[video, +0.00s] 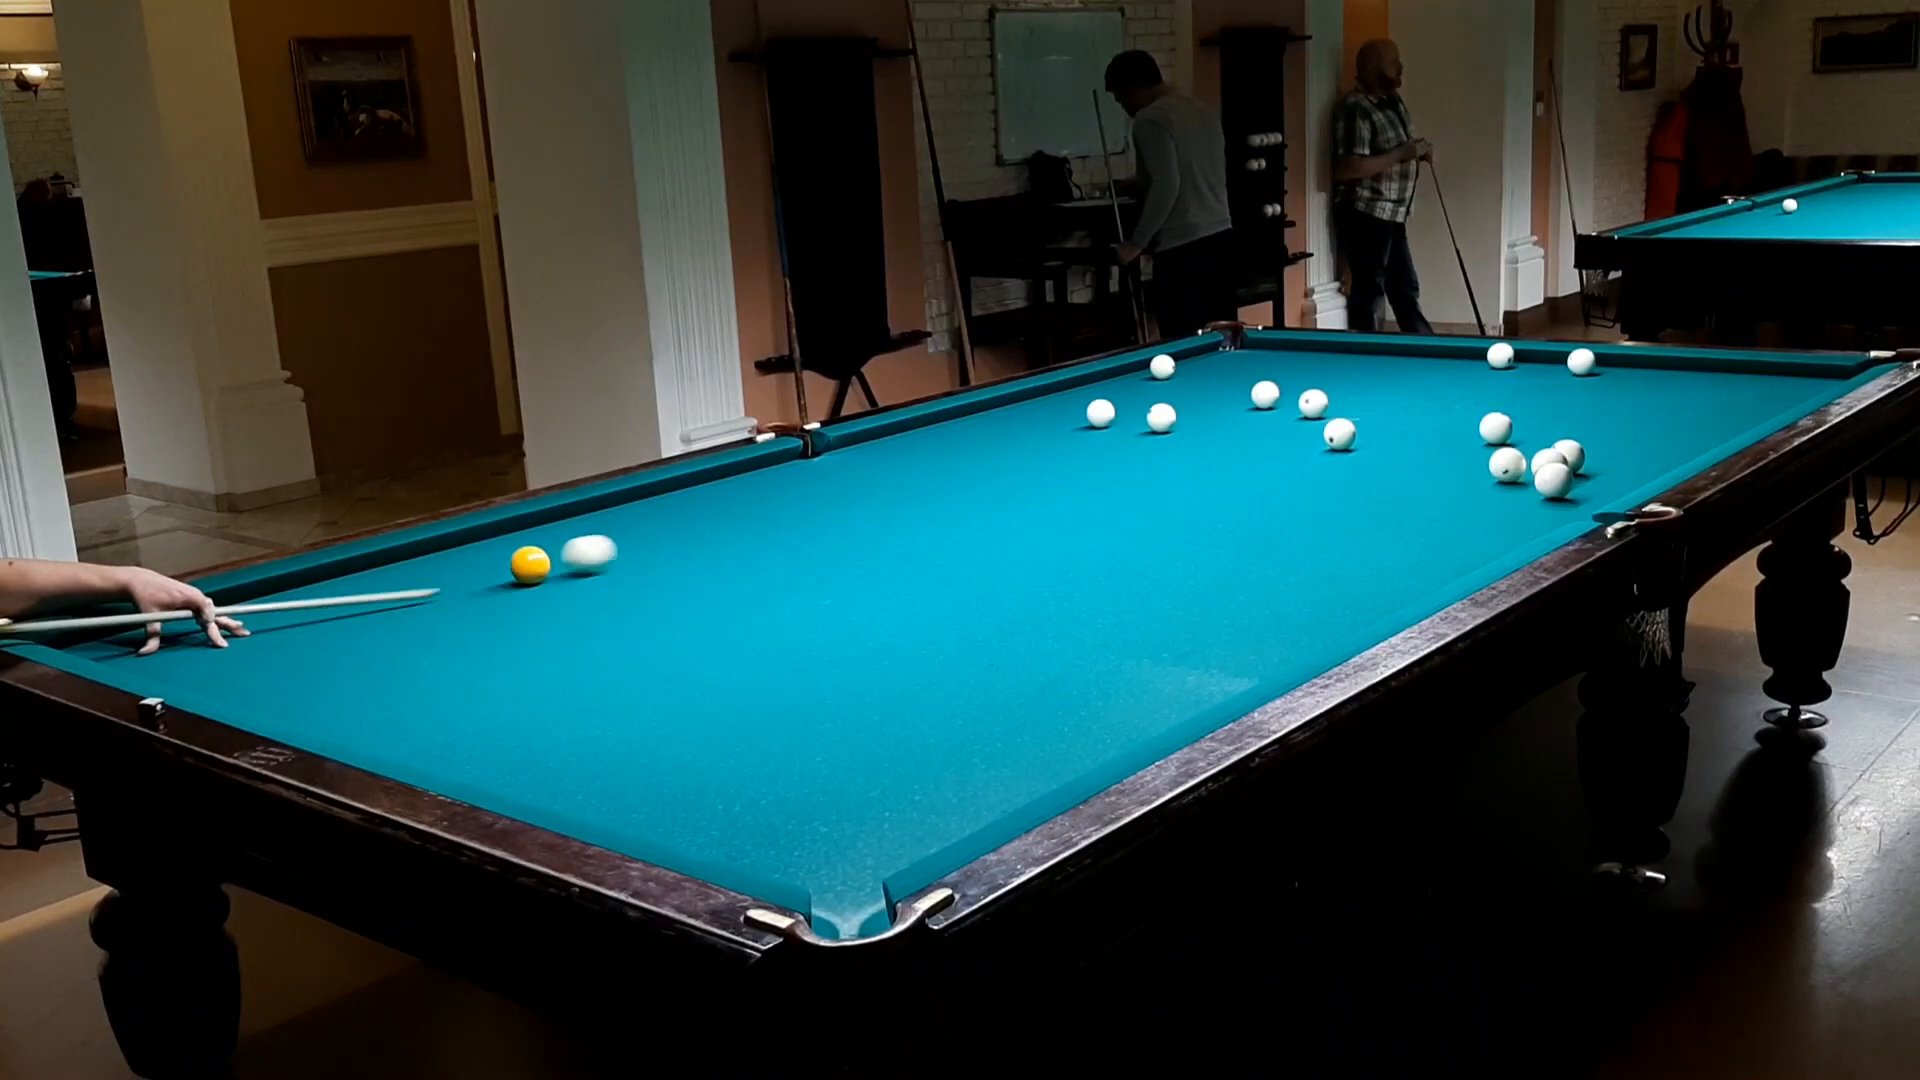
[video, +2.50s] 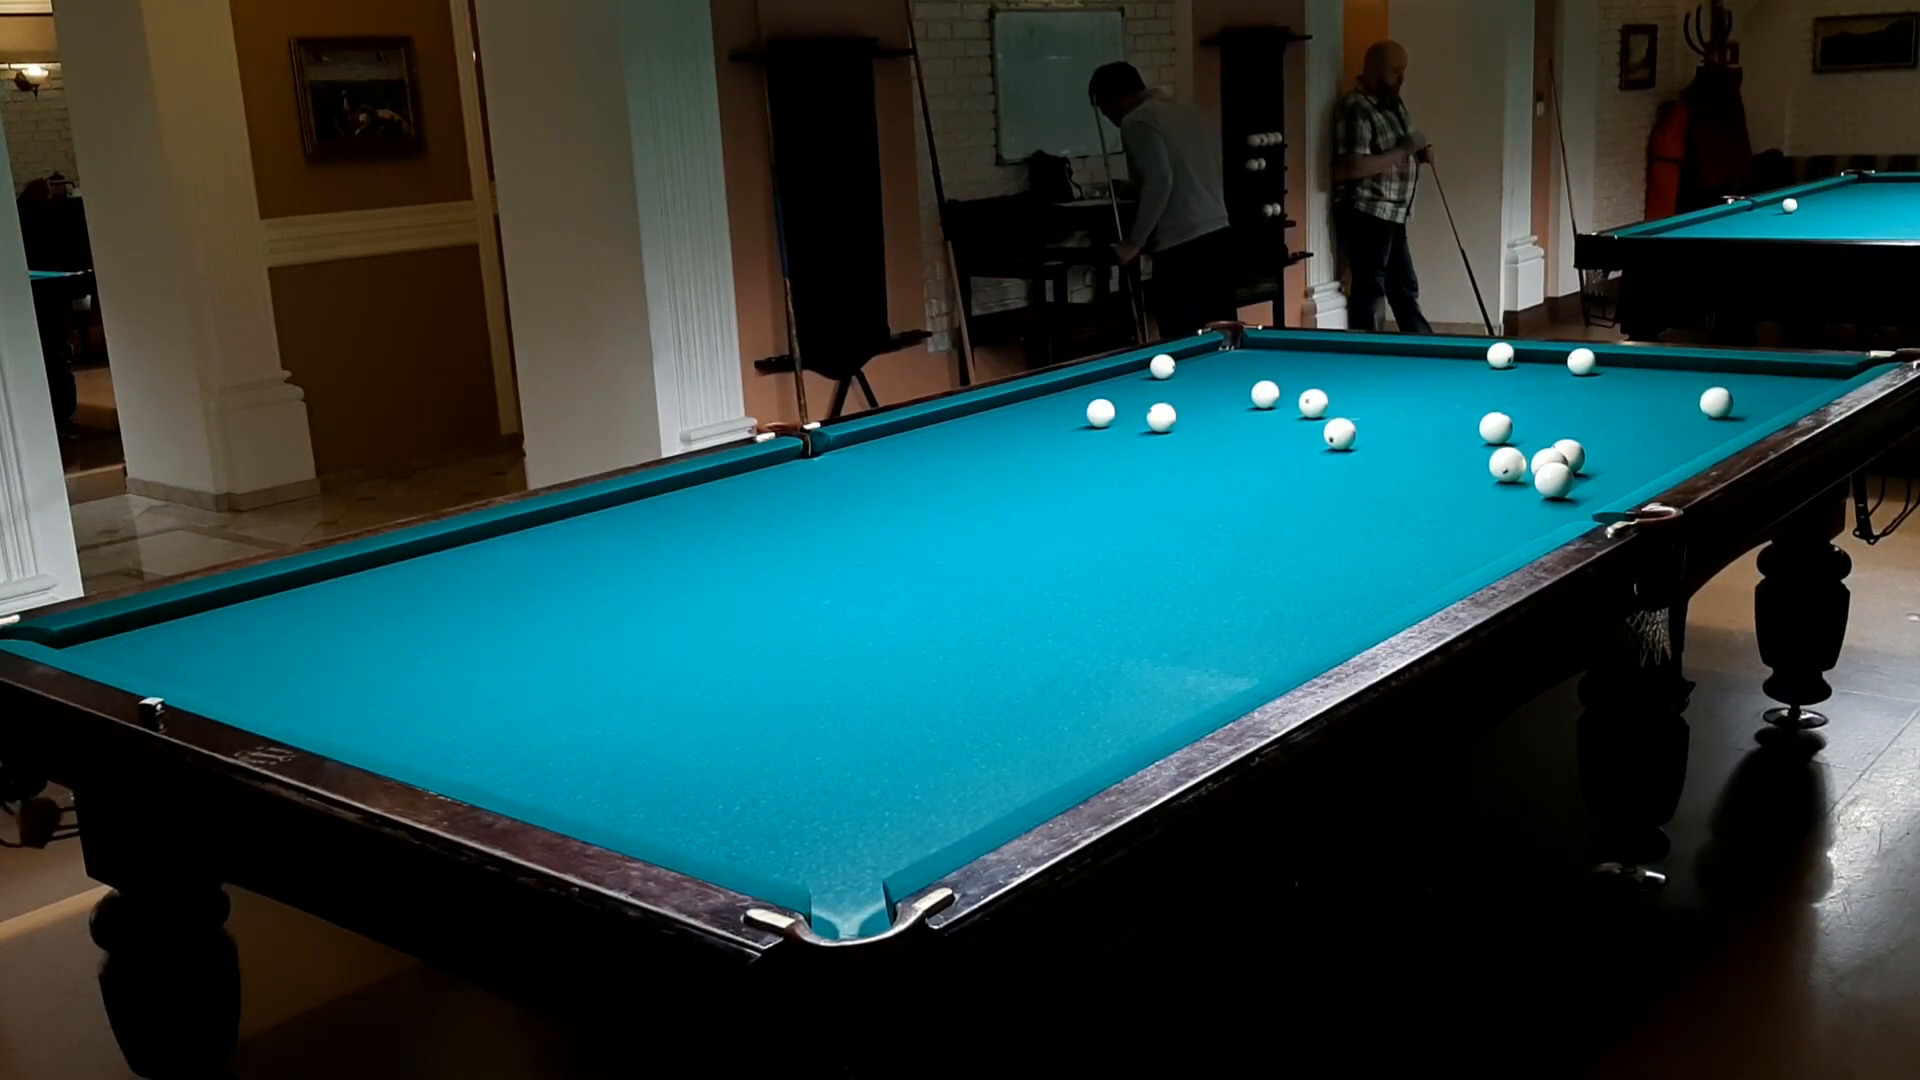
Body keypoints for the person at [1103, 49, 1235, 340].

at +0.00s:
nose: (1121, 106)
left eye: (1119, 97)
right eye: (1117, 99)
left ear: (1130, 88)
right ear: (1155, 78)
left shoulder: (1150, 121)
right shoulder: (1201, 110)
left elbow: (1165, 183)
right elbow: (1206, 172)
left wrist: (1136, 243)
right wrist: (1142, 184)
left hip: (1180, 251)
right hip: (1222, 241)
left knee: (1181, 345)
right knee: (1221, 337)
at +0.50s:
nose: (1117, 108)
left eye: (1114, 99)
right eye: (1113, 100)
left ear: (1125, 90)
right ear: (1150, 79)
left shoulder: (1146, 120)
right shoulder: (1195, 110)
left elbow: (1163, 182)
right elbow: (1206, 172)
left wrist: (1135, 243)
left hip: (1180, 250)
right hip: (1220, 239)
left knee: (1180, 344)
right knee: (1221, 335)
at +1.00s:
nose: (1114, 115)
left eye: (1110, 105)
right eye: (1108, 108)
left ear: (1118, 96)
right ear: (1143, 82)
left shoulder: (1141, 122)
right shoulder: (1188, 110)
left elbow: (1161, 184)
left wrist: (1134, 243)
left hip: (1181, 249)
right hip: (1220, 238)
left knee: (1180, 343)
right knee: (1221, 333)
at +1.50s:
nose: (1113, 113)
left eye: (1109, 104)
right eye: (1107, 106)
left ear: (1118, 95)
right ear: (1144, 82)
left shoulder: (1140, 121)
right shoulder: (1187, 109)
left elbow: (1161, 181)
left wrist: (1134, 243)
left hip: (1180, 250)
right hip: (1219, 239)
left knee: (1180, 344)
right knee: (1220, 335)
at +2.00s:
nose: (1110, 114)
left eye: (1107, 106)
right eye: (1105, 108)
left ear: (1116, 97)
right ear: (1141, 83)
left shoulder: (1139, 122)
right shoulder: (1187, 109)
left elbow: (1160, 180)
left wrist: (1134, 243)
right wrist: (1137, 189)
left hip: (1181, 250)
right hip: (1220, 238)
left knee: (1181, 344)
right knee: (1221, 334)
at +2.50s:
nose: (1107, 116)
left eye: (1104, 107)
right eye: (1102, 109)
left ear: (1115, 98)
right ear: (1137, 86)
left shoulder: (1137, 122)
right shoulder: (1185, 109)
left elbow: (1159, 181)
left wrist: (1134, 243)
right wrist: (1138, 188)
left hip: (1182, 249)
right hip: (1220, 238)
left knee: (1180, 343)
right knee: (1221, 334)